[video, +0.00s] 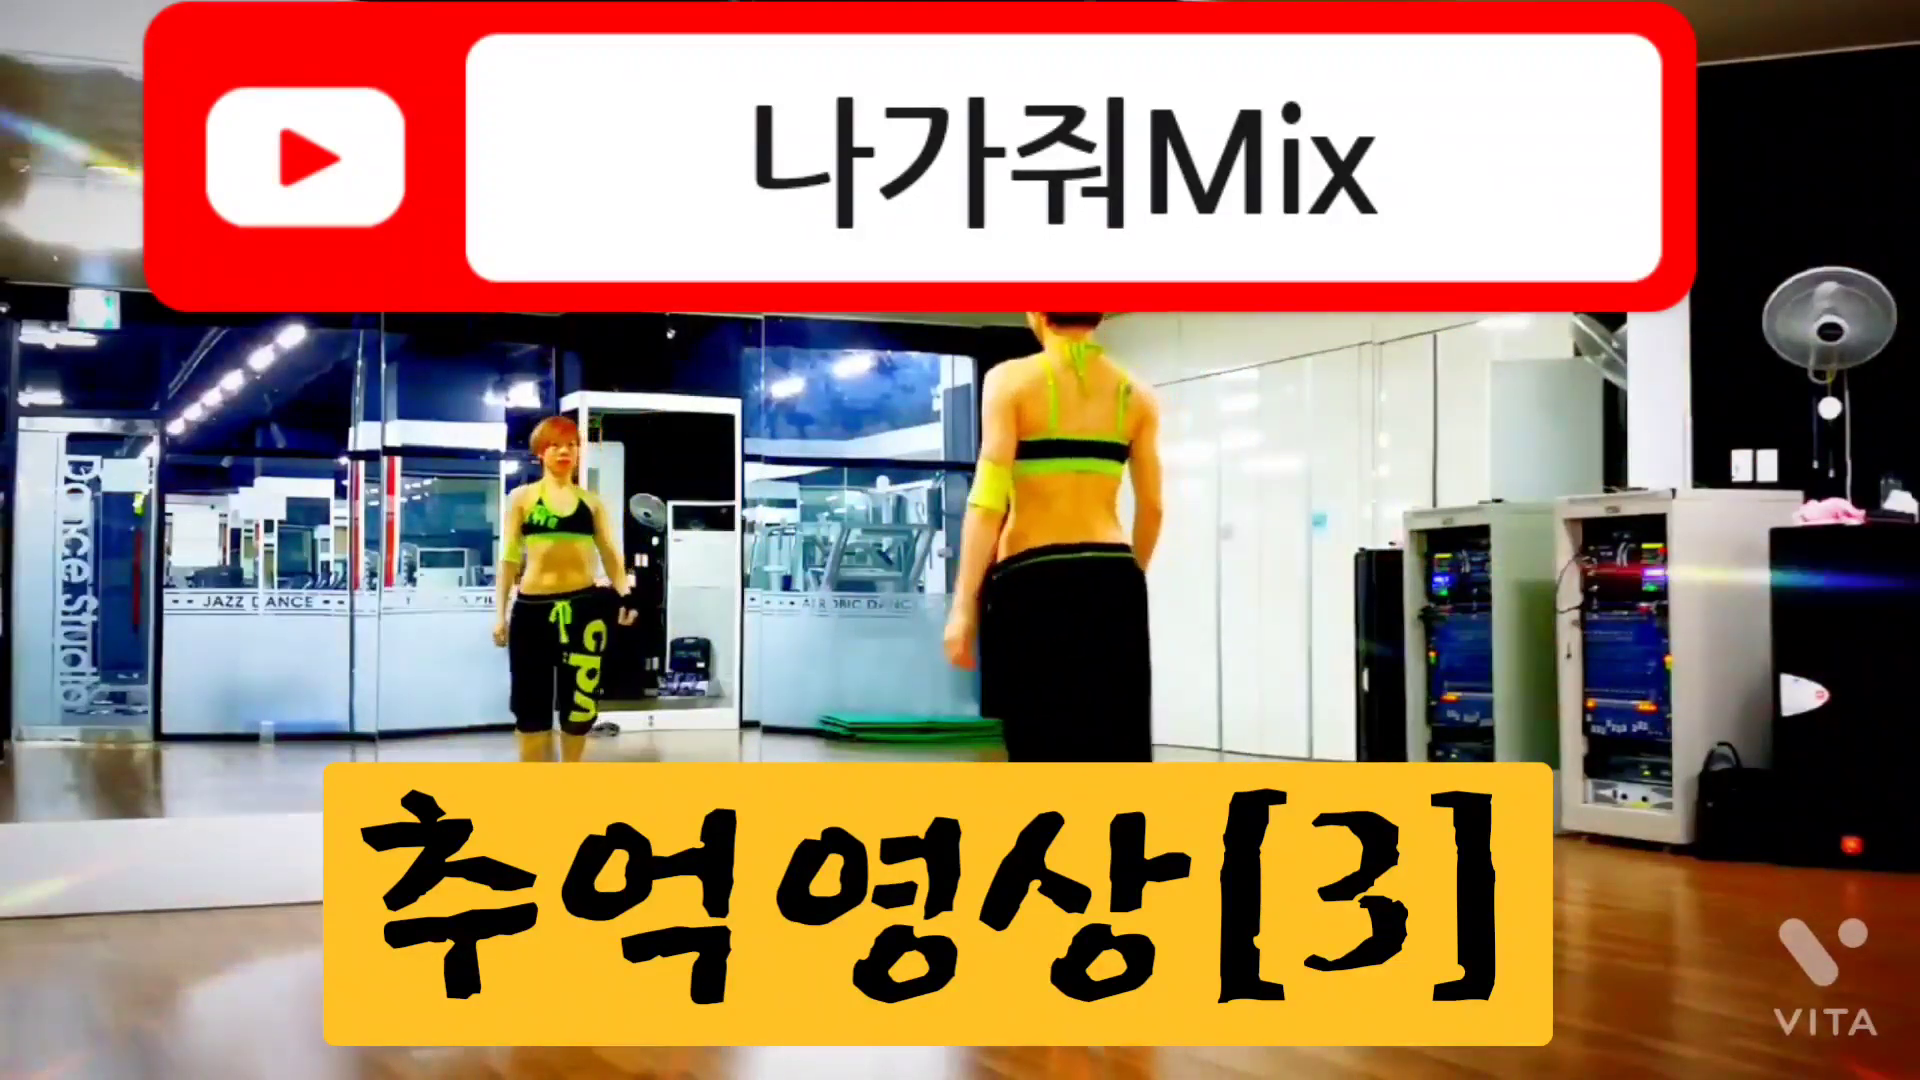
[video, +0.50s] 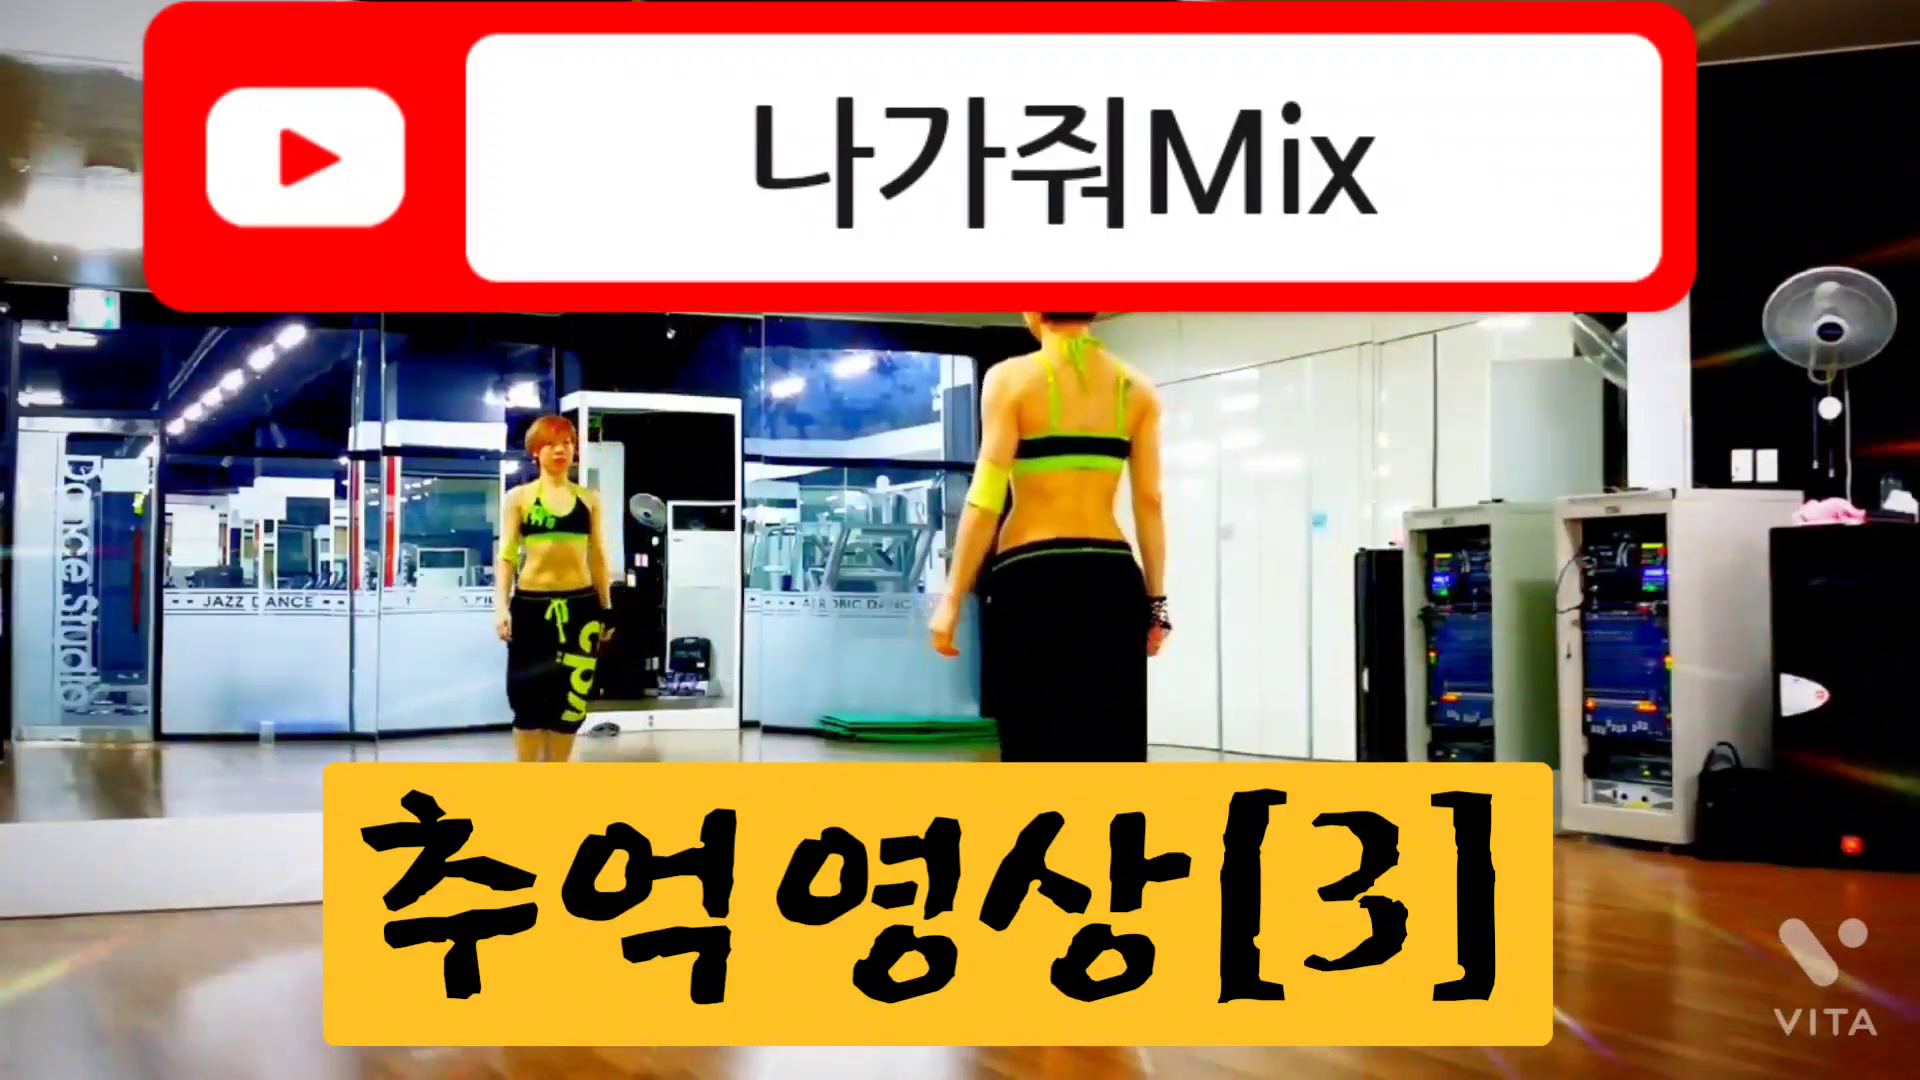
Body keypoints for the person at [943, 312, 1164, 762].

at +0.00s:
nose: (1030, 319)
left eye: (1029, 313)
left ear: (1036, 315)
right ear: (1099, 318)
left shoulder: (1009, 380)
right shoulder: (1134, 395)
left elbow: (989, 500)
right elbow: (1151, 508)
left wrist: (964, 605)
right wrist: (1128, 579)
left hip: (1029, 586)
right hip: (1111, 583)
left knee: (1037, 753)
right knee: (1116, 749)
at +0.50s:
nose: (1024, 316)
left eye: (1025, 309)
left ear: (1033, 313)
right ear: (1094, 313)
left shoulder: (1010, 379)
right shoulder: (1136, 388)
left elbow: (986, 500)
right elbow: (1149, 502)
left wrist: (952, 599)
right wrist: (1157, 600)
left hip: (1029, 584)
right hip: (1110, 583)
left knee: (1032, 752)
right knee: (1112, 750)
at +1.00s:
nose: (1024, 302)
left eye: (1025, 291)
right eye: (1033, 291)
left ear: (1032, 297)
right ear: (1101, 297)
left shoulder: (1007, 377)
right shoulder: (1136, 388)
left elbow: (985, 499)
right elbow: (1142, 504)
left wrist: (957, 599)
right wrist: (1130, 578)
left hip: (1027, 588)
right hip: (1113, 585)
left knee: (1044, 768)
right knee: (1116, 765)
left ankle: (1061, 939)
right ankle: (1104, 943)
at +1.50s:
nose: (1024, 305)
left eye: (1025, 293)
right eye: (1035, 293)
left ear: (1031, 299)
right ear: (1100, 297)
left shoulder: (1009, 379)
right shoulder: (1134, 388)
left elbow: (990, 498)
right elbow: (1149, 505)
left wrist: (964, 601)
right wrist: (1143, 590)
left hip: (1026, 587)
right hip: (1111, 586)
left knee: (1041, 764)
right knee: (1117, 762)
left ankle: (1060, 940)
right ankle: (1104, 942)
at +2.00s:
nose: (1023, 304)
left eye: (1024, 293)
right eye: (1036, 292)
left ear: (1029, 299)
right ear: (1099, 298)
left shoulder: (1006, 377)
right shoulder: (1134, 391)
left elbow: (962, 473)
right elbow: (1140, 505)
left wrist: (961, 548)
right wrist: (1131, 577)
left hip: (1027, 587)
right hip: (1111, 585)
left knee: (1039, 765)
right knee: (1116, 766)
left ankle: (1061, 940)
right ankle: (1104, 945)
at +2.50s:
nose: (1023, 307)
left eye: (1024, 297)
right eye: (1031, 296)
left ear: (1032, 302)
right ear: (1100, 300)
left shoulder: (1004, 377)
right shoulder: (1133, 392)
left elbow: (952, 470)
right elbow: (1142, 504)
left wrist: (951, 536)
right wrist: (1137, 584)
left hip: (1021, 587)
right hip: (1107, 587)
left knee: (1034, 762)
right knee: (1114, 764)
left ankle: (1061, 938)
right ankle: (1104, 944)